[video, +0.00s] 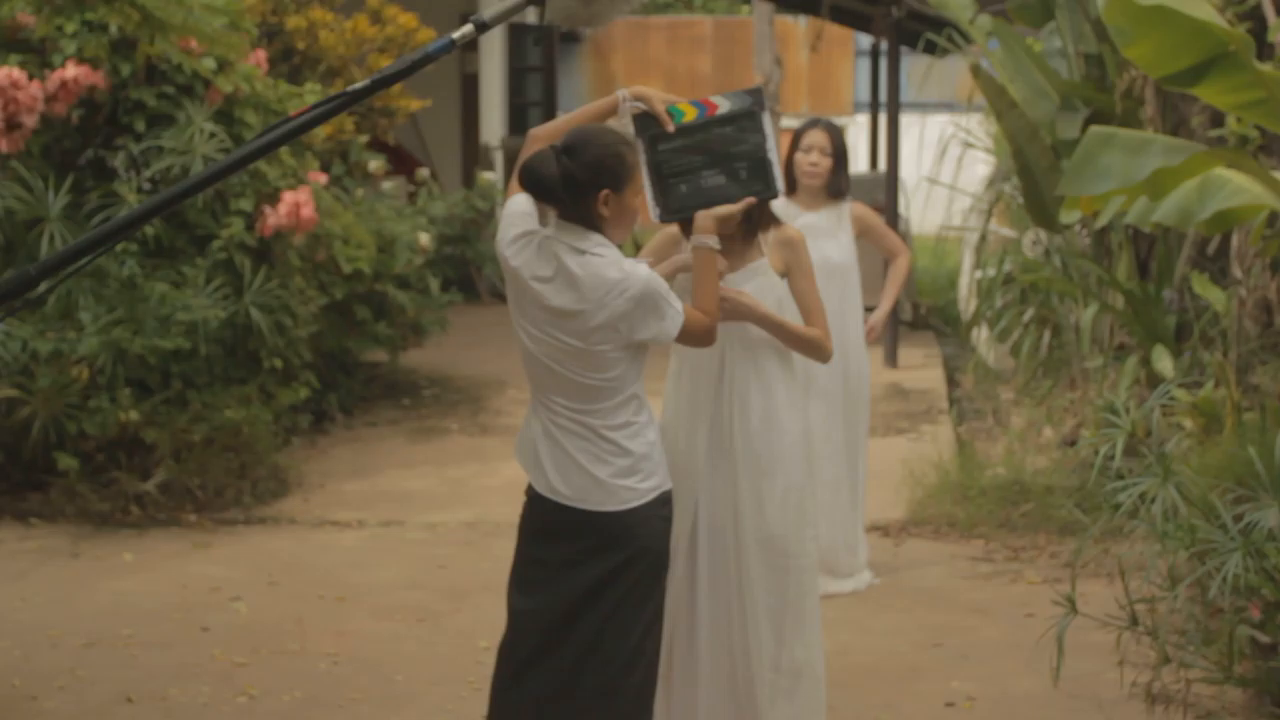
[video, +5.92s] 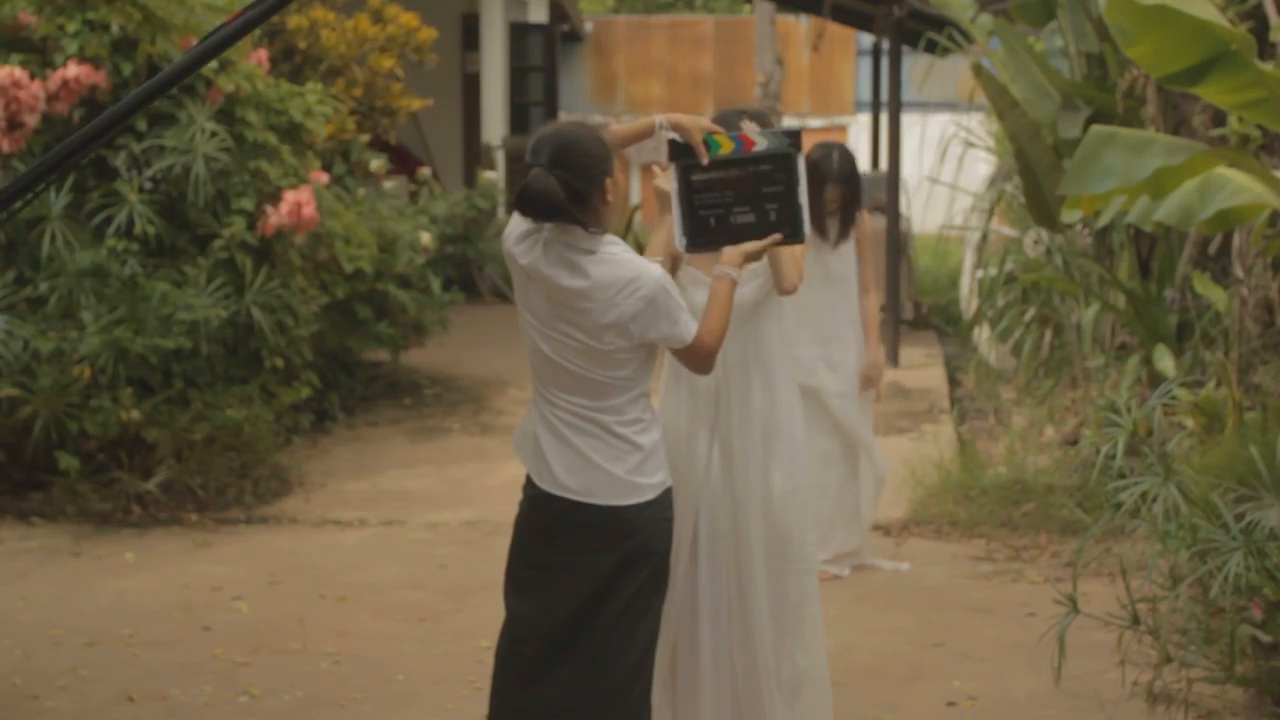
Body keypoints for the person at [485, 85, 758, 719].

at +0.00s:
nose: (641, 199)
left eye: (639, 185)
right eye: (634, 187)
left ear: (567, 198)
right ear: (606, 202)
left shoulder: (520, 244)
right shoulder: (626, 286)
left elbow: (537, 143)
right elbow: (702, 326)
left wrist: (616, 100)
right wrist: (704, 240)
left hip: (551, 487)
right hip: (626, 494)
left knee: (529, 657)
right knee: (619, 668)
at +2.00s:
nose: (667, 186)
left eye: (665, 175)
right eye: (661, 179)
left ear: (585, 190)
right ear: (631, 200)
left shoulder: (544, 235)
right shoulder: (650, 279)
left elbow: (577, 148)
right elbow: (713, 344)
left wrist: (665, 113)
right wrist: (738, 259)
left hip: (559, 484)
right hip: (638, 495)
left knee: (537, 651)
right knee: (623, 665)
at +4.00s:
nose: (630, 180)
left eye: (624, 170)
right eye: (626, 173)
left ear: (548, 179)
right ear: (618, 192)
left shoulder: (528, 241)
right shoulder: (639, 279)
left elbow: (561, 152)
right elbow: (704, 349)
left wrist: (662, 114)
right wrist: (729, 263)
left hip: (553, 487)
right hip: (632, 495)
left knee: (529, 651)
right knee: (619, 661)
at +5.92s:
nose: (625, 180)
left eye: (616, 167)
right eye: (618, 171)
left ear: (545, 182)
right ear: (608, 187)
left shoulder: (523, 243)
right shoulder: (637, 279)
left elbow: (562, 158)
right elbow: (700, 355)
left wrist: (659, 124)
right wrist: (727, 269)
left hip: (551, 488)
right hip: (629, 496)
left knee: (526, 655)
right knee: (618, 667)